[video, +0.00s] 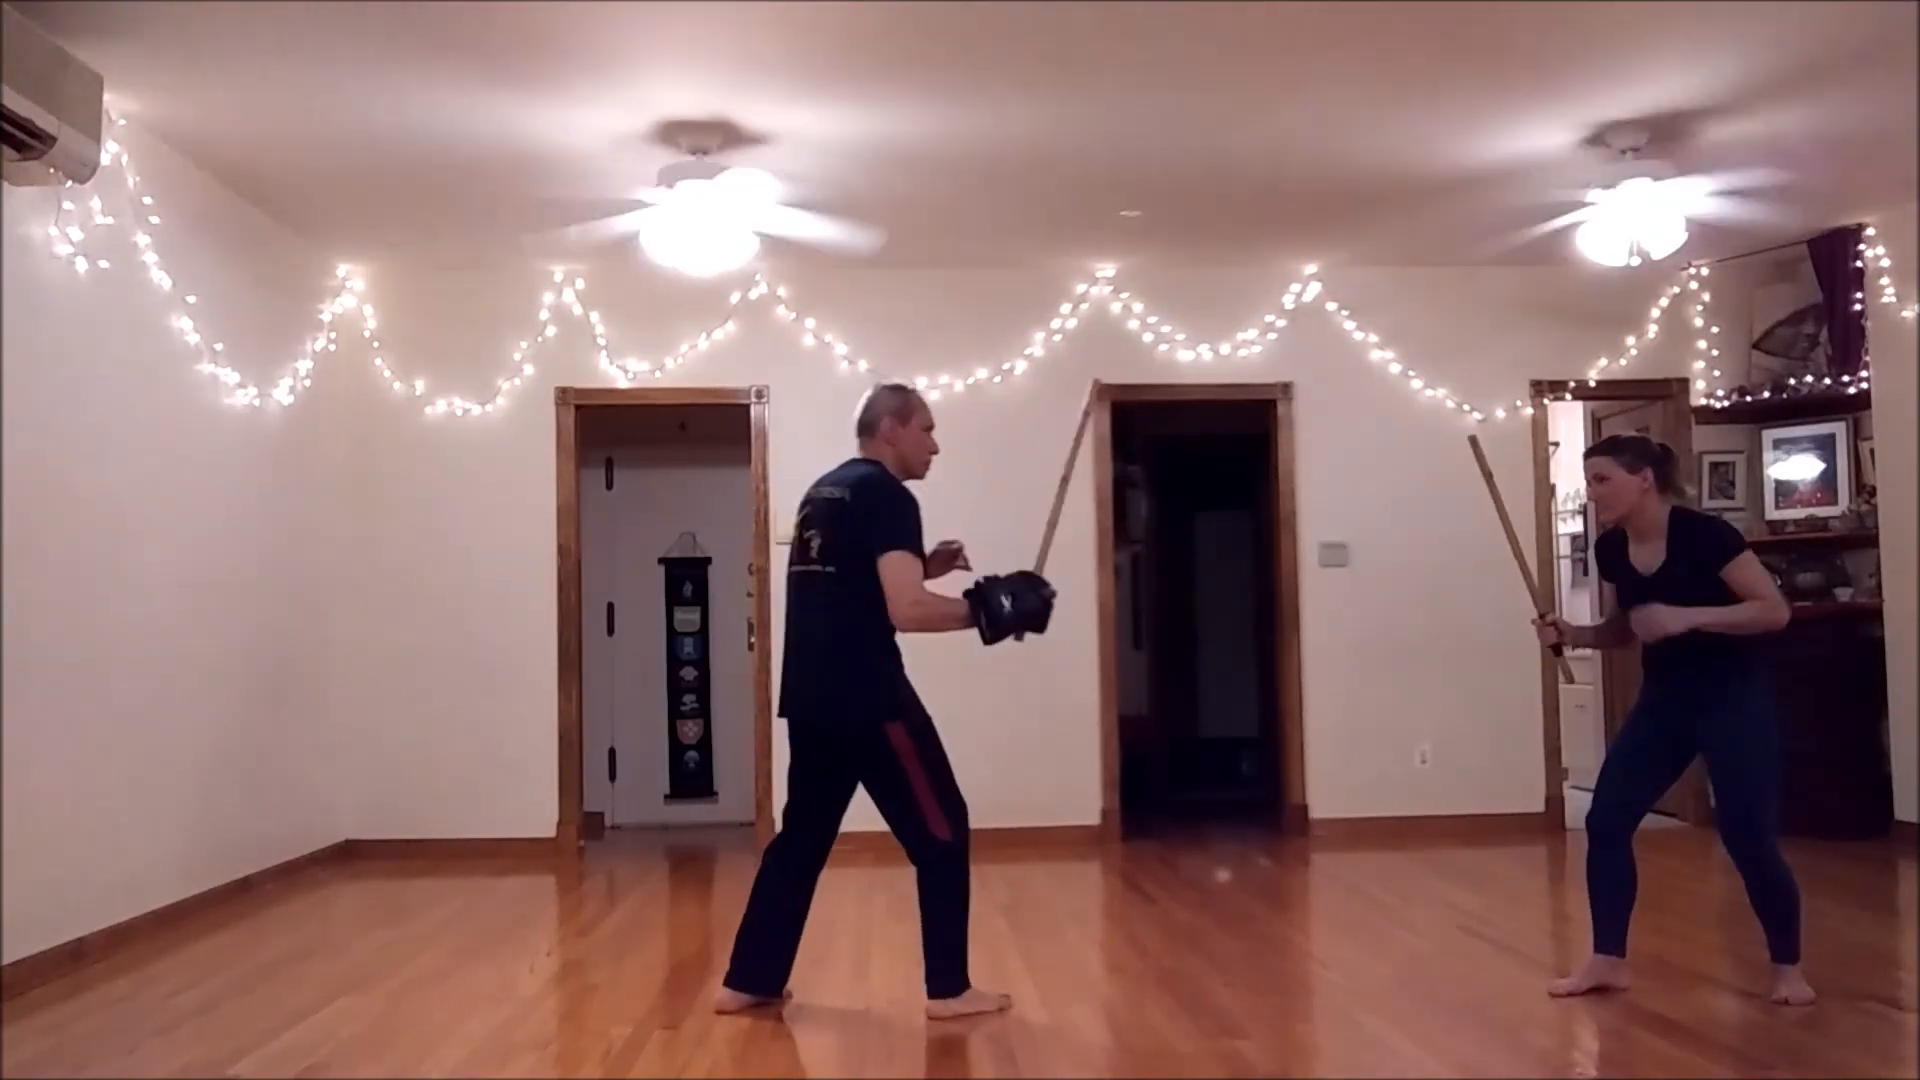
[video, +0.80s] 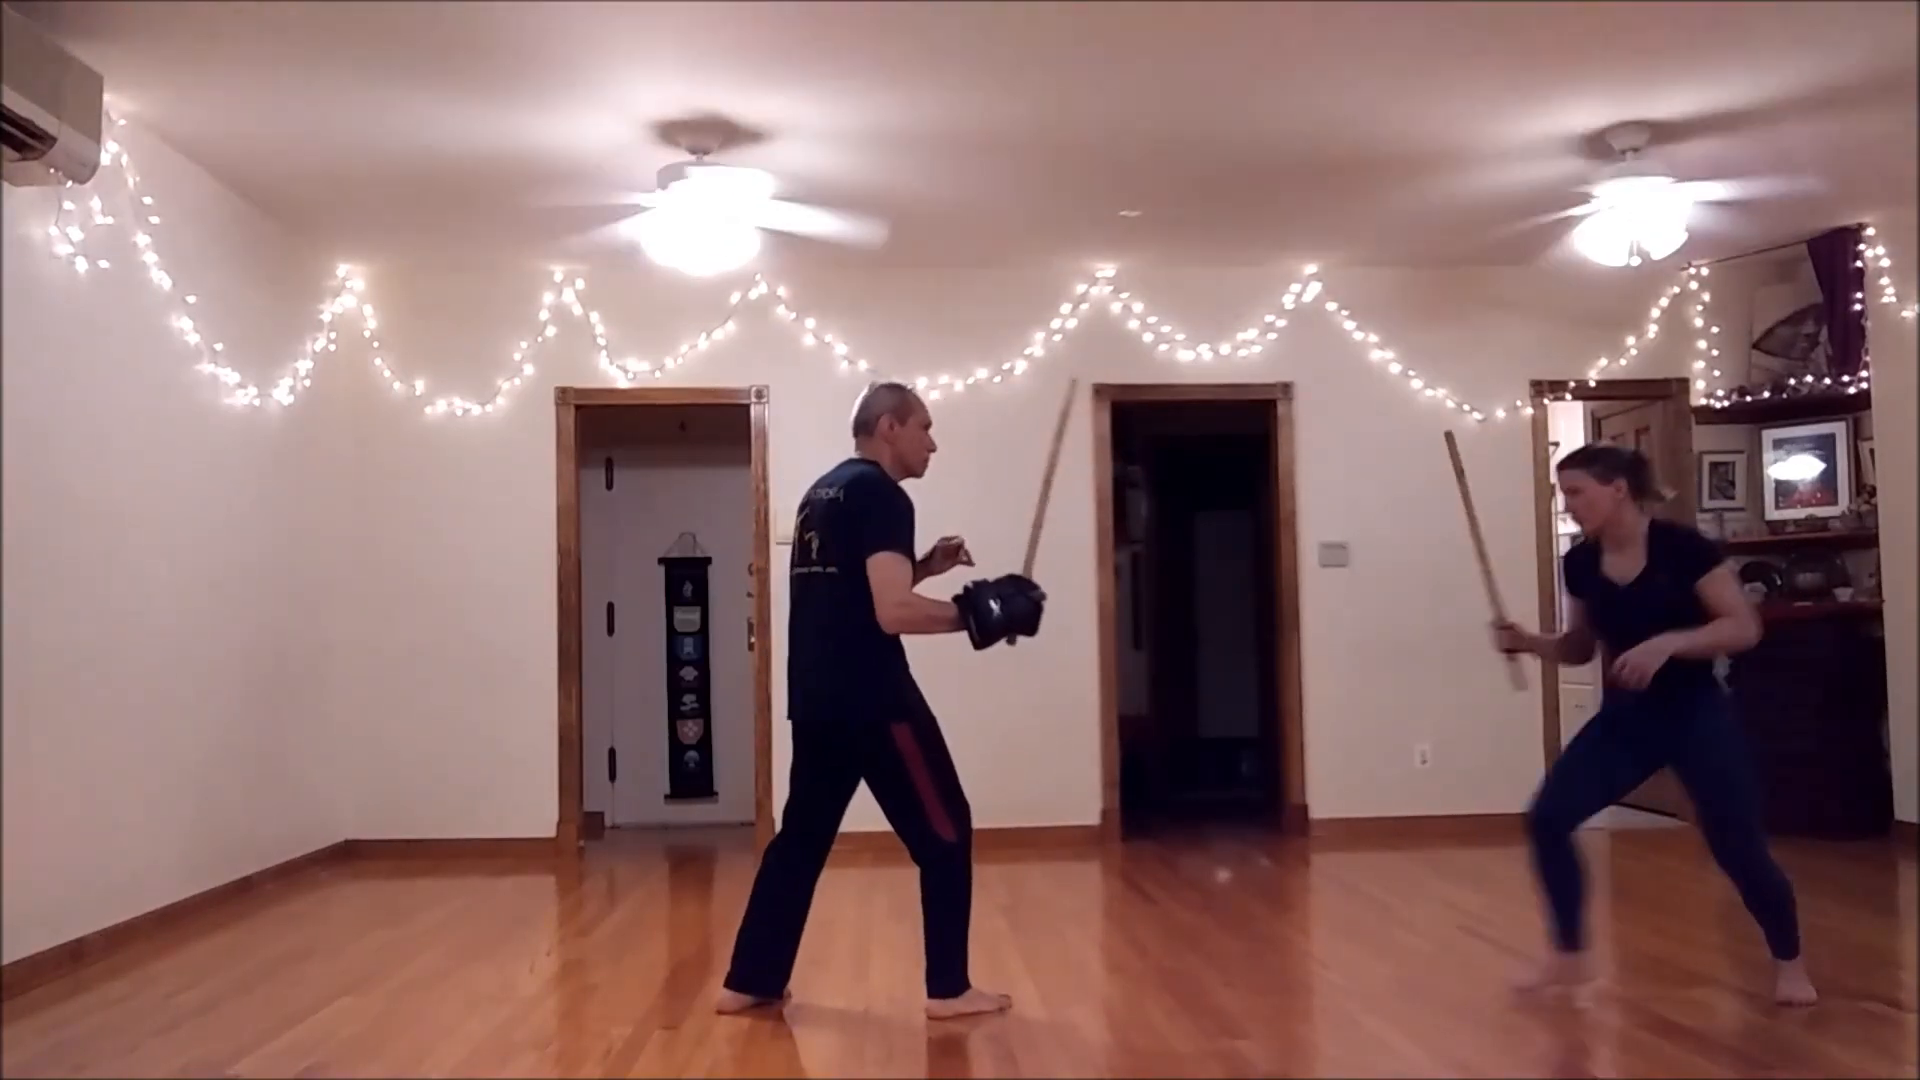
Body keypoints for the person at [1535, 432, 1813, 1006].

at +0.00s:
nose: (1592, 493)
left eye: (1601, 480)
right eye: (1589, 482)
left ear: (1642, 480)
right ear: (1627, 485)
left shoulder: (1705, 535)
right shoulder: (1612, 548)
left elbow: (1775, 611)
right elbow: (1624, 629)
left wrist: (1684, 617)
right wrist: (1571, 634)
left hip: (1734, 707)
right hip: (1664, 707)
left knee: (1748, 838)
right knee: (1606, 821)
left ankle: (1788, 969)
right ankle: (1607, 960)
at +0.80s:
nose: (1567, 505)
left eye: (1575, 492)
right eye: (1563, 495)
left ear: (1616, 489)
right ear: (1608, 495)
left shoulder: (1684, 548)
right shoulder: (1582, 563)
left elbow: (1745, 627)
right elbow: (1579, 647)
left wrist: (1666, 644)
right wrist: (1528, 642)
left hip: (1699, 717)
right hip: (1627, 718)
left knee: (1736, 843)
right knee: (1547, 818)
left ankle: (1788, 960)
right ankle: (1569, 956)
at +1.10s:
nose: (1382, 515)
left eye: (1393, 502)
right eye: (1380, 504)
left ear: (1432, 504)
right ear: (1397, 515)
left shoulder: (1490, 555)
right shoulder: (1390, 585)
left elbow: (1557, 625)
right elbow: (1324, 652)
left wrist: (1482, 637)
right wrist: (1253, 653)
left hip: (1535, 725)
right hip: (1466, 734)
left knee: (1600, 843)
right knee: (1397, 830)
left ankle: (1695, 936)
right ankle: (1396, 974)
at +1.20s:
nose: (1334, 512)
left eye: (1343, 499)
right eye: (1332, 501)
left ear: (1384, 498)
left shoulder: (1443, 552)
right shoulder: (1344, 576)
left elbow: (1517, 621)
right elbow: (1288, 652)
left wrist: (1454, 665)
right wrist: (1221, 669)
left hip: (1477, 710)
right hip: (1413, 714)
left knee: (1494, 827)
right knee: (1358, 822)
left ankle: (1522, 945)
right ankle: (1389, 965)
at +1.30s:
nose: (1303, 519)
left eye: (1311, 506)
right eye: (1300, 508)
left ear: (1351, 504)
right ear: (1335, 511)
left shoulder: (1407, 560)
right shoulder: (1319, 580)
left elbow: (1476, 622)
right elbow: (1282, 661)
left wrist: (1434, 683)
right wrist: (1221, 651)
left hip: (1419, 720)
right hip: (1362, 722)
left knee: (1405, 829)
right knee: (1275, 796)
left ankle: (1445, 977)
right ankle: (1314, 932)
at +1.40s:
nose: (1263, 527)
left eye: (1272, 514)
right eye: (1258, 517)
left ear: (1309, 513)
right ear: (1265, 523)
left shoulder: (1360, 566)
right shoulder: (1274, 584)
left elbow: (1437, 618)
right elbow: (1225, 650)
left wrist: (1394, 660)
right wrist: (1176, 606)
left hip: (1364, 733)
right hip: (1307, 735)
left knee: (1365, 851)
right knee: (1209, 803)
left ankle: (1442, 984)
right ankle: (1175, 925)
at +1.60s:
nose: (1161, 522)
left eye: (1171, 511)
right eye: (1157, 512)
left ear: (1205, 511)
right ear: (1154, 518)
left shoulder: (1243, 571)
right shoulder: (1148, 576)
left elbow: (1289, 638)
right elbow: (1084, 619)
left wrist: (1248, 631)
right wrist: (1061, 563)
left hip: (1247, 728)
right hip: (1175, 731)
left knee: (1305, 819)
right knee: (1129, 828)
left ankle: (1358, 935)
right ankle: (1112, 931)